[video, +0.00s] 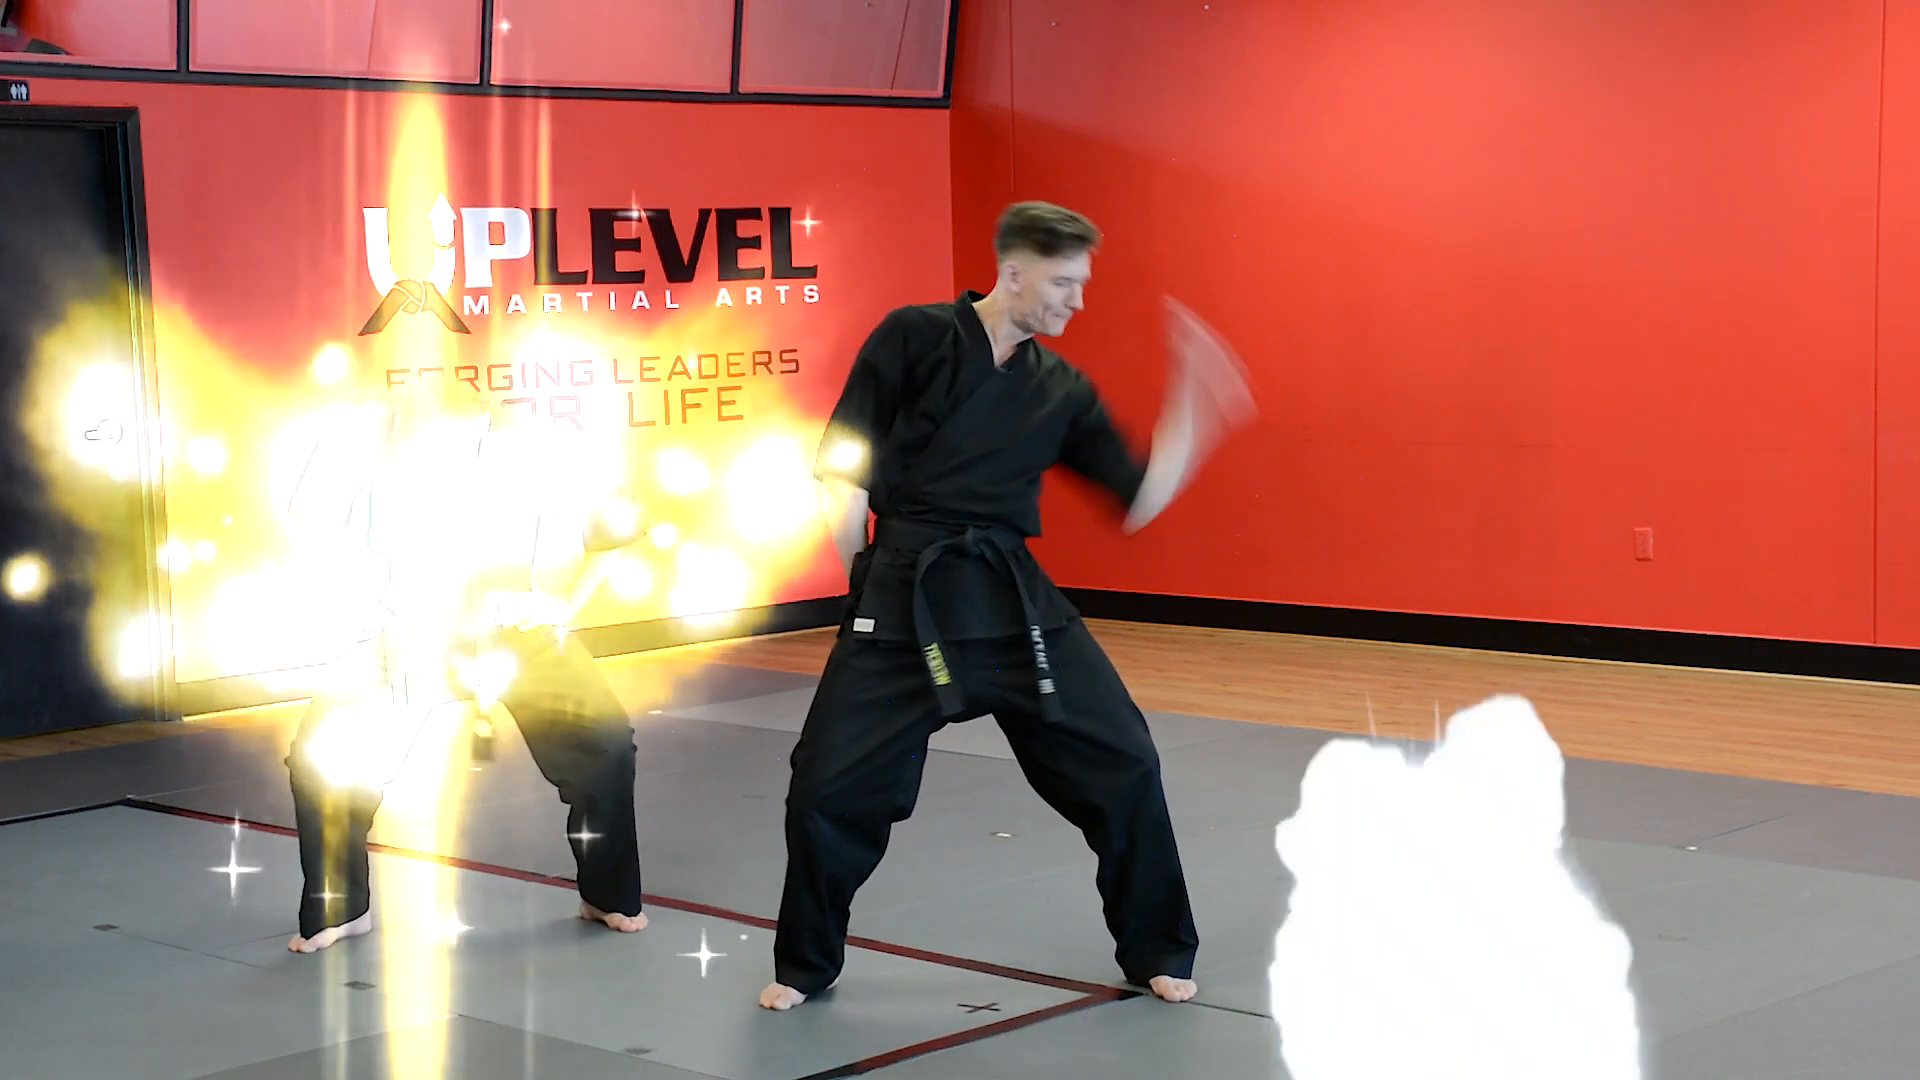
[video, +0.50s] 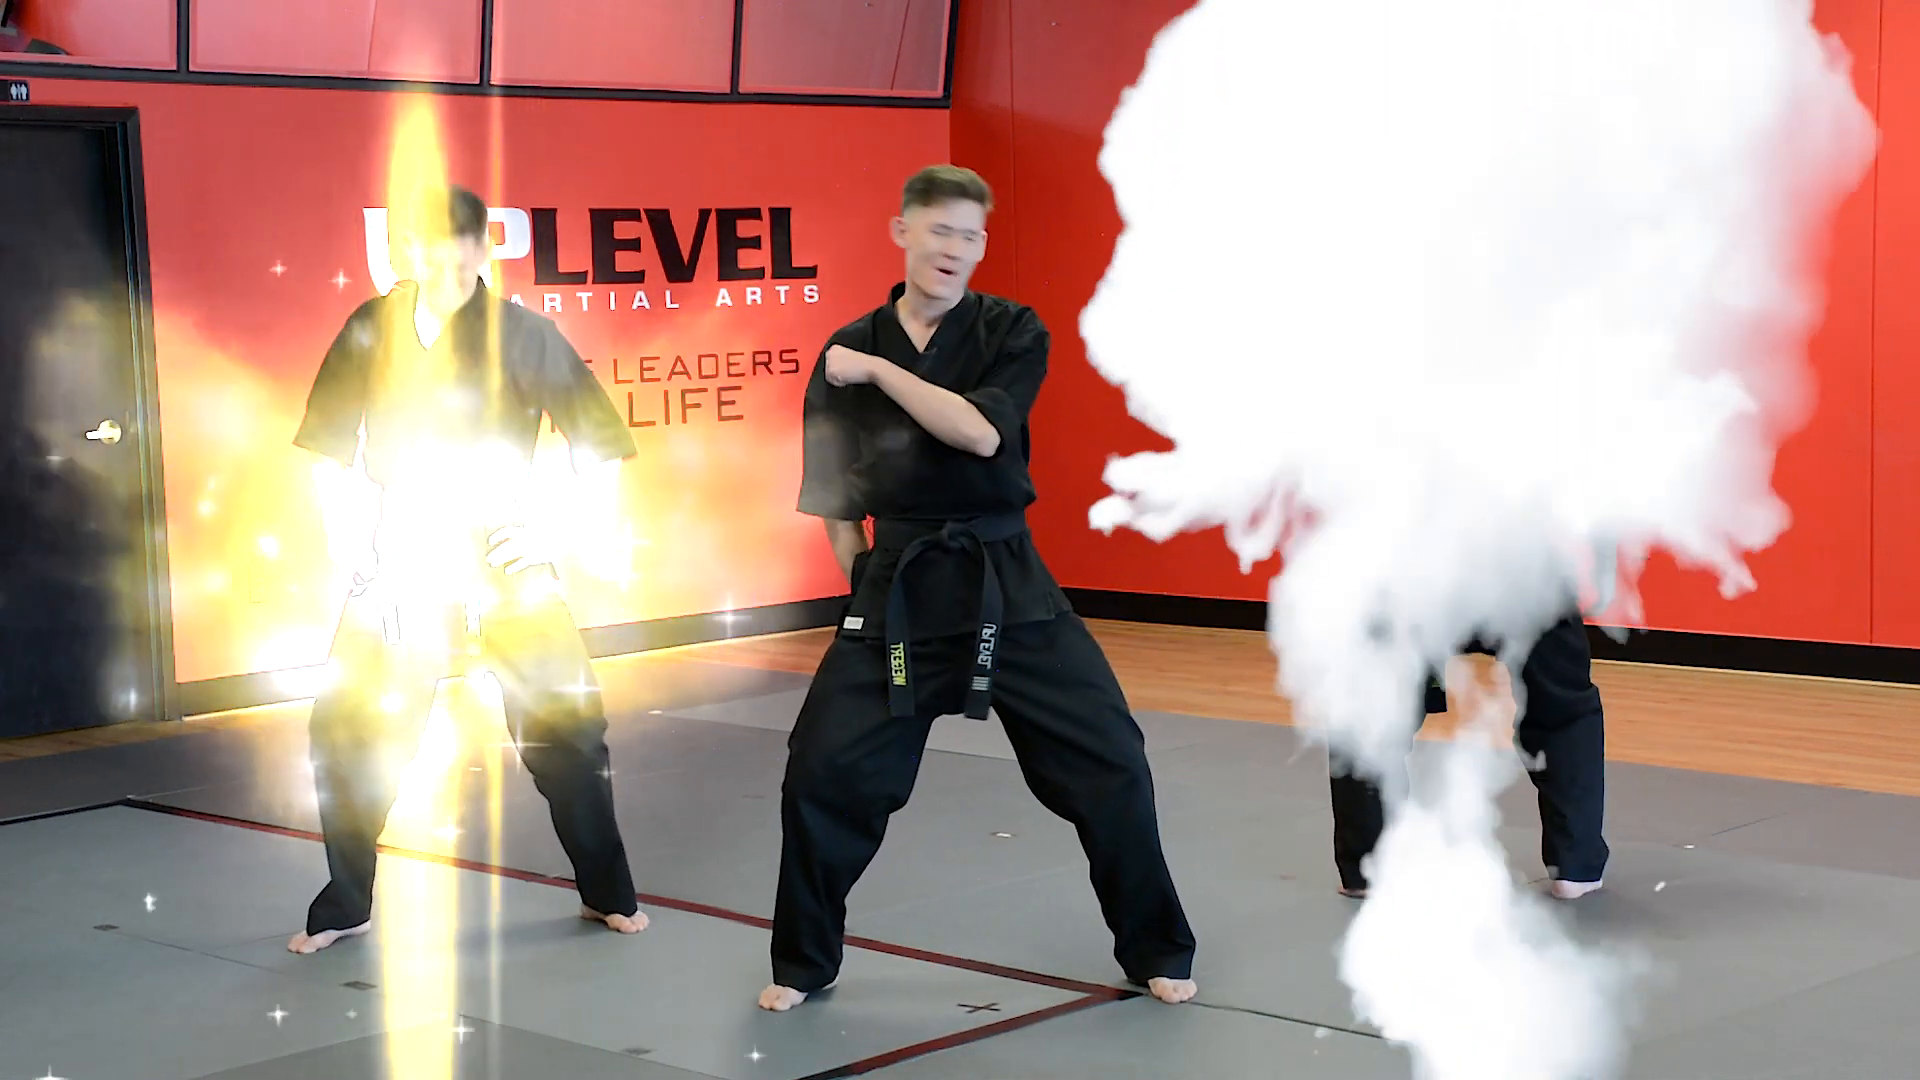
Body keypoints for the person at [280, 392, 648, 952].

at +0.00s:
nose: (412, 380)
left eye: (426, 362)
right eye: (394, 366)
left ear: (458, 356)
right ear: (369, 364)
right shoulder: (357, 445)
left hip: (514, 628)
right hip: (401, 636)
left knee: (604, 739)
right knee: (317, 756)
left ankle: (606, 890)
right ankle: (337, 903)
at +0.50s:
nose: (422, 264)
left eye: (441, 246)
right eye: (412, 246)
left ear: (478, 248)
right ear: (398, 250)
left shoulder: (523, 337)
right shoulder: (367, 333)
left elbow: (602, 447)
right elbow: (326, 458)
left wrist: (554, 533)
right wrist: (349, 563)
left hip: (509, 564)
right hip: (400, 568)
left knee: (565, 719)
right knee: (345, 720)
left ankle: (608, 886)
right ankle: (347, 894)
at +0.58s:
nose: (432, 254)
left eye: (448, 236)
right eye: (418, 236)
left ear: (479, 240)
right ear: (397, 239)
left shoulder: (520, 324)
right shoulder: (364, 327)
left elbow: (599, 436)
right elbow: (324, 453)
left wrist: (555, 523)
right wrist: (351, 555)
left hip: (505, 555)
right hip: (399, 560)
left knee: (563, 720)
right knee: (351, 726)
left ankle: (605, 885)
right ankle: (351, 893)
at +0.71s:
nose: (435, 229)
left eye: (450, 217)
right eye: (421, 215)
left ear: (472, 227)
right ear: (396, 222)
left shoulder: (514, 315)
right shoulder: (362, 322)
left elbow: (596, 424)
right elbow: (314, 430)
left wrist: (555, 521)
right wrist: (332, 527)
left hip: (500, 543)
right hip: (396, 547)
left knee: (557, 718)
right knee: (363, 728)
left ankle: (602, 887)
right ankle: (350, 901)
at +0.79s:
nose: (427, 216)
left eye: (442, 206)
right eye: (414, 204)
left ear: (466, 222)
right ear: (390, 217)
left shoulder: (510, 313)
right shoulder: (358, 323)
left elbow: (593, 419)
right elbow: (308, 431)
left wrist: (553, 519)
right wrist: (329, 526)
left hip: (497, 545)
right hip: (394, 550)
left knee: (552, 727)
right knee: (366, 736)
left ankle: (600, 888)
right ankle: (350, 903)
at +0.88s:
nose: (424, 206)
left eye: (438, 198)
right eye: (410, 196)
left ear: (460, 221)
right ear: (383, 215)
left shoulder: (507, 311)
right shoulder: (354, 325)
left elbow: (589, 417)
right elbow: (304, 435)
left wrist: (551, 518)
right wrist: (326, 525)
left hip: (494, 543)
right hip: (391, 549)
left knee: (546, 727)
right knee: (368, 738)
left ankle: (599, 890)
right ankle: (349, 905)